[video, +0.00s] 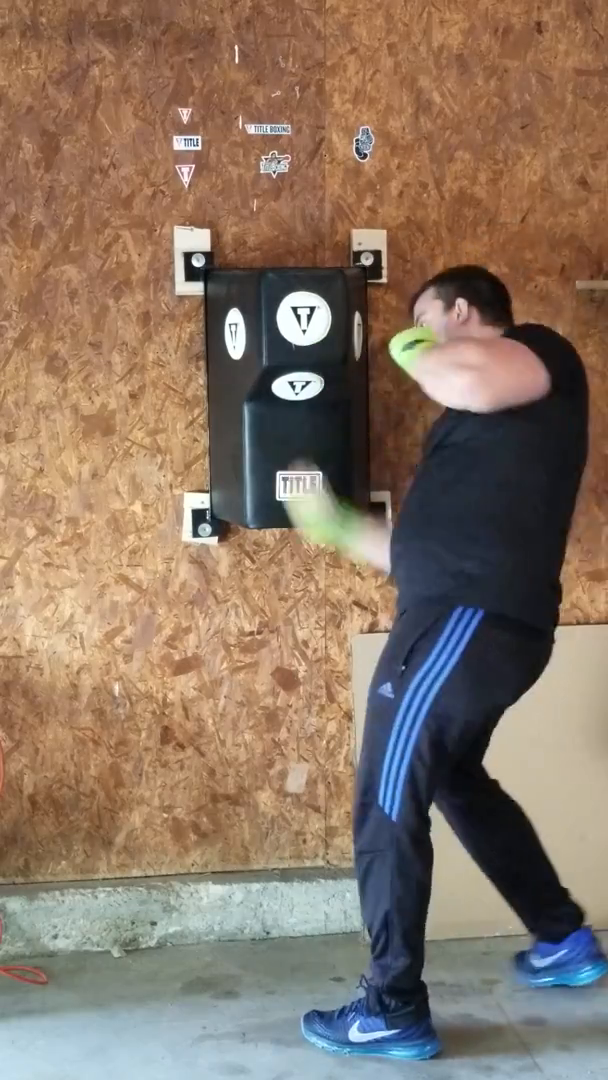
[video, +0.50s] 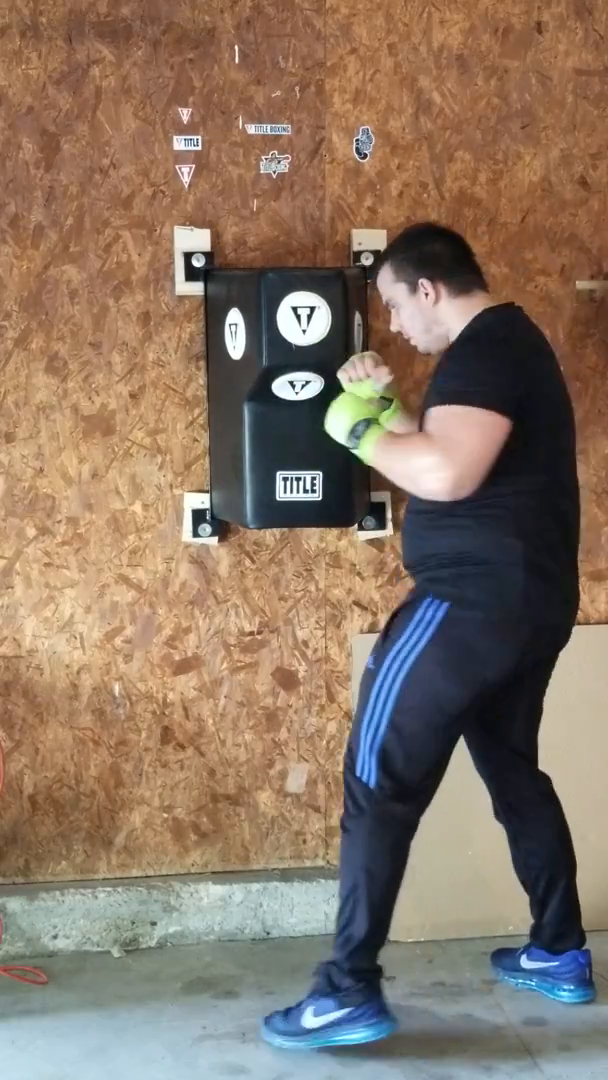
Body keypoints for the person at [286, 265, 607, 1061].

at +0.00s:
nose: (421, 342)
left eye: (425, 325)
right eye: (419, 331)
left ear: (463, 308)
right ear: (472, 314)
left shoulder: (543, 349)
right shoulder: (487, 407)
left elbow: (471, 382)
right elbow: (433, 550)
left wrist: (413, 350)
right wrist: (334, 522)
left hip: (467, 611)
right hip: (484, 617)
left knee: (387, 798)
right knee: (455, 776)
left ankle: (393, 1006)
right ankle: (564, 938)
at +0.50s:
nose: (396, 326)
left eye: (396, 305)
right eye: (391, 310)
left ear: (429, 287)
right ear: (453, 283)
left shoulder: (483, 350)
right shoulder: (514, 342)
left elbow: (444, 472)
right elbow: (457, 458)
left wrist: (369, 428)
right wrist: (393, 411)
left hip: (470, 597)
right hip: (534, 598)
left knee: (378, 782)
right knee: (511, 768)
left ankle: (349, 987)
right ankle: (560, 953)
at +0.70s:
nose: (353, 340)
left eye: (351, 329)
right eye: (348, 330)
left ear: (372, 312)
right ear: (438, 298)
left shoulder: (376, 364)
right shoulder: (526, 366)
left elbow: (283, 449)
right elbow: (468, 447)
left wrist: (288, 380)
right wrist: (358, 378)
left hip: (424, 630)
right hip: (526, 625)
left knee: (356, 814)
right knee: (510, 773)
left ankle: (321, 1017)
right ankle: (561, 951)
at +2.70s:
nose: (340, 296)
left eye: (336, 282)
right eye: (339, 283)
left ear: (238, 279)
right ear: (323, 291)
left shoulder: (176, 349)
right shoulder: (324, 380)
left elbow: (224, 459)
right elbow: (396, 503)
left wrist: (343, 487)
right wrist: (376, 423)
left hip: (154, 672)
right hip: (268, 681)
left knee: (173, 845)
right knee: (329, 890)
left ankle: (108, 1042)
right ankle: (326, 1069)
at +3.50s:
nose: (289, 331)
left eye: (290, 317)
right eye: (292, 317)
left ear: (208, 289)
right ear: (277, 311)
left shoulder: (129, 349)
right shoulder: (245, 380)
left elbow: (174, 478)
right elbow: (313, 511)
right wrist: (311, 402)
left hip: (73, 647)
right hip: (168, 664)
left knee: (122, 816)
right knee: (218, 877)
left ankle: (70, 1001)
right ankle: (198, 1064)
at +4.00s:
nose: (165, 300)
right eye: (166, 290)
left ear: (83, 303)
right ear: (164, 296)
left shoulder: (22, 381)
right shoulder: (214, 356)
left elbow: (17, 511)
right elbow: (338, 396)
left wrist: (81, 478)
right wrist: (246, 362)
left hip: (91, 651)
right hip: (209, 642)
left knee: (92, 820)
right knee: (213, 855)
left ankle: (60, 1004)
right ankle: (208, 1048)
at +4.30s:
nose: (238, 319)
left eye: (236, 307)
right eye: (240, 307)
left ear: (157, 278)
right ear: (224, 305)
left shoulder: (83, 332)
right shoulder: (183, 364)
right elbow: (266, 466)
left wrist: (207, 369)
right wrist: (250, 369)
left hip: (46, 623)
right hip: (126, 634)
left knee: (99, 798)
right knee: (197, 822)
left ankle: (65, 1002)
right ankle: (168, 1042)